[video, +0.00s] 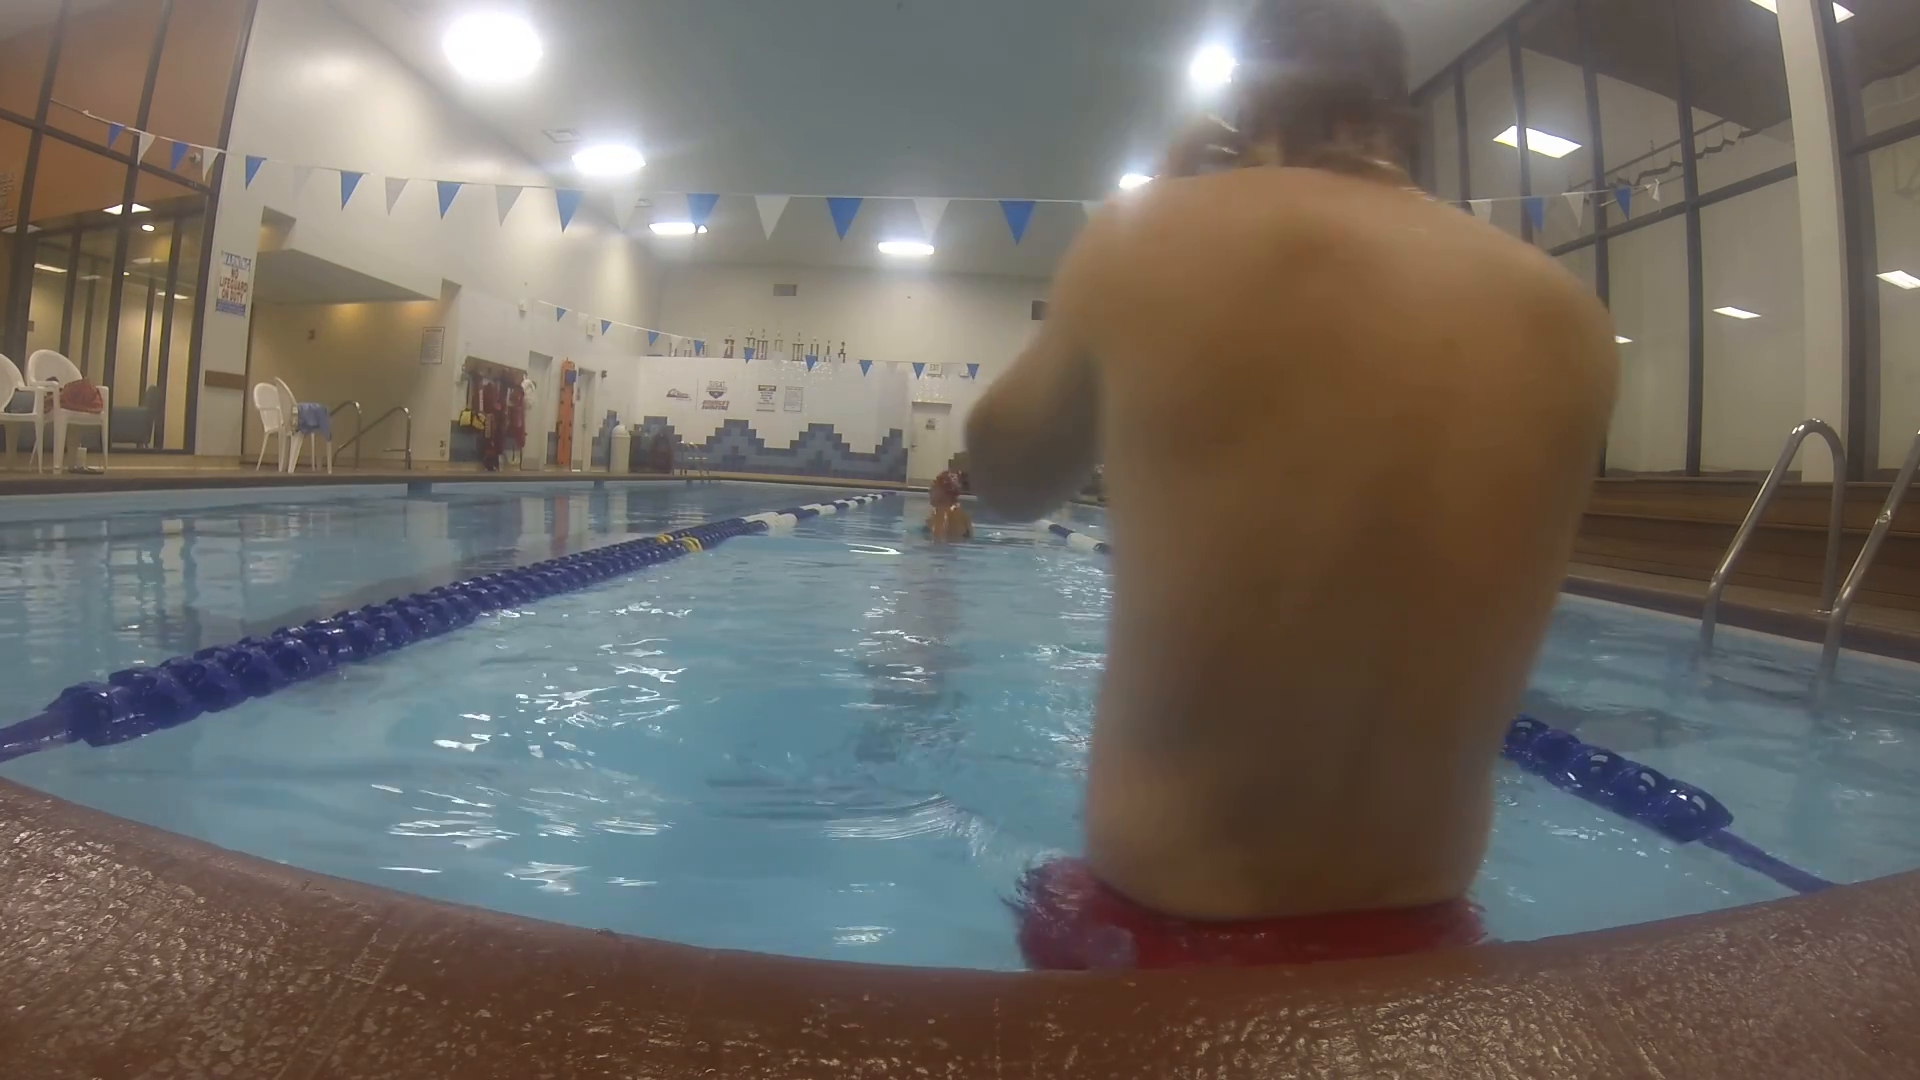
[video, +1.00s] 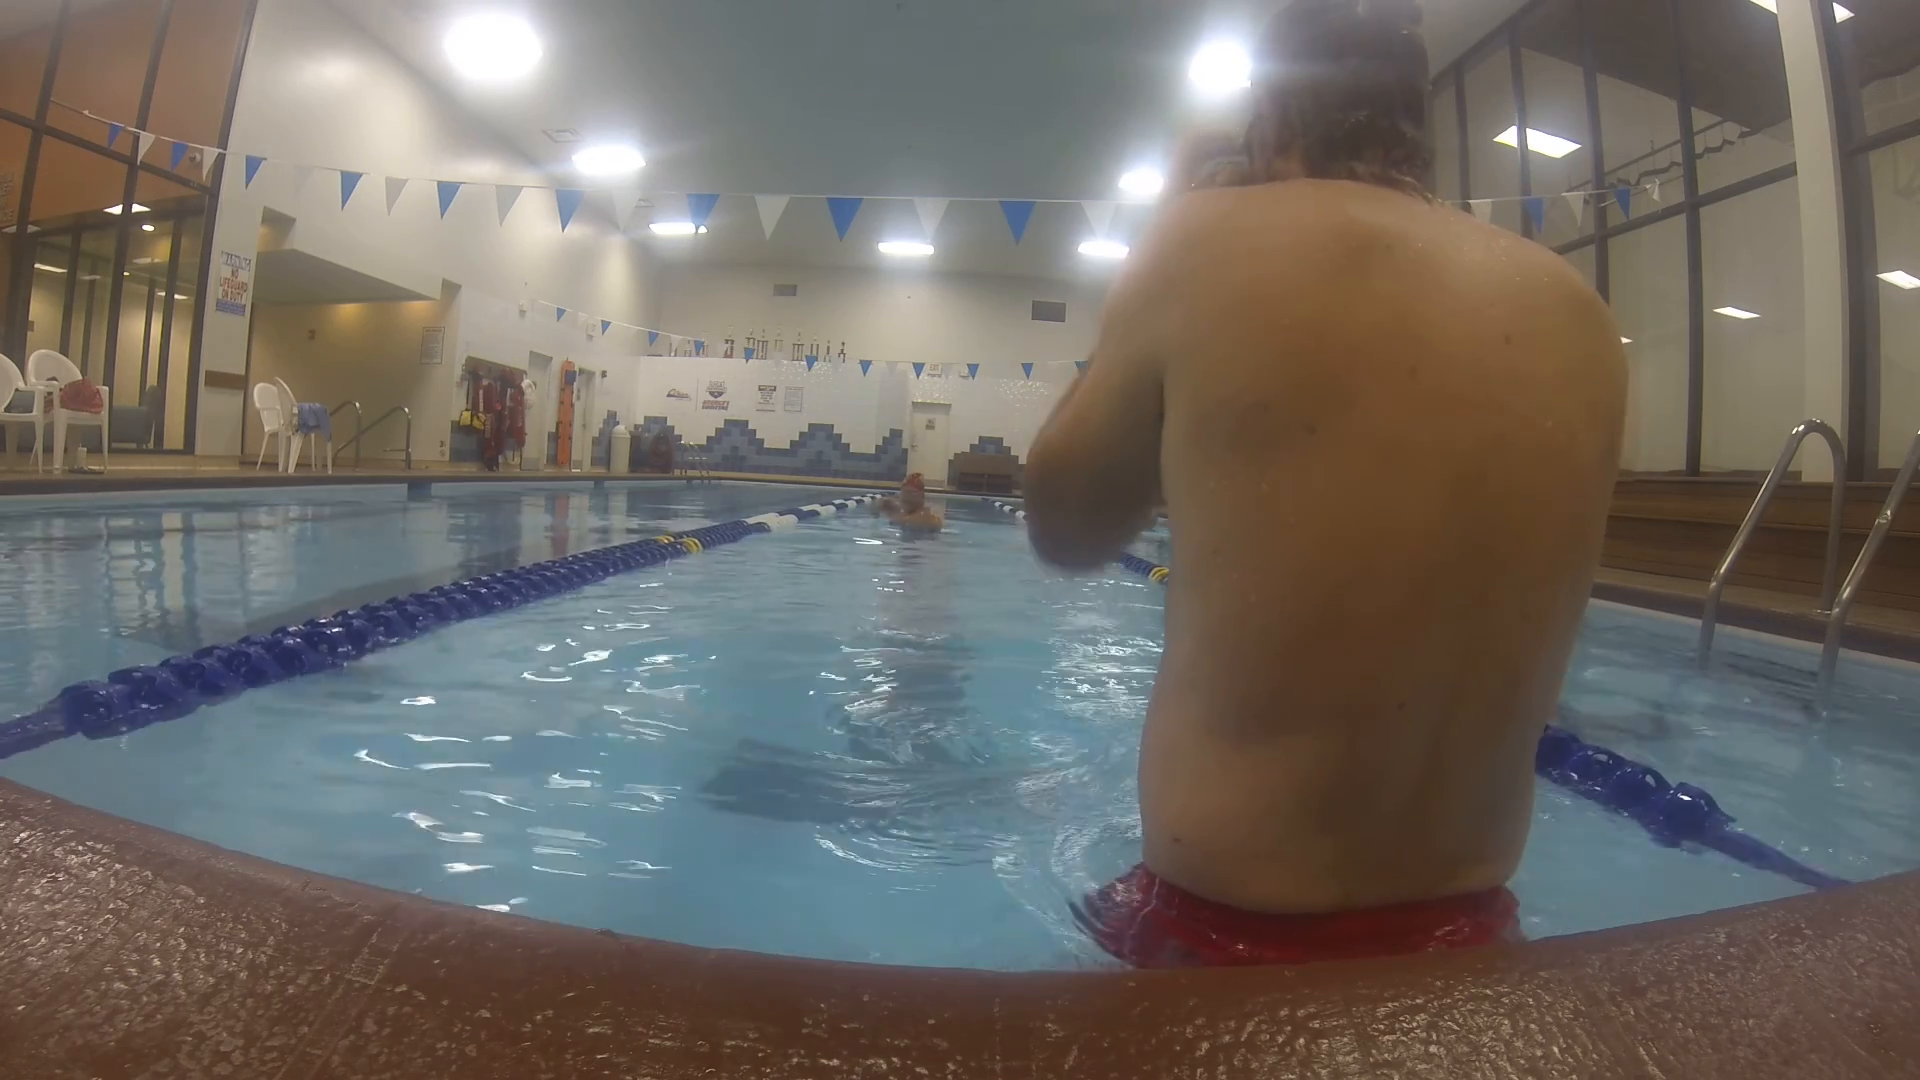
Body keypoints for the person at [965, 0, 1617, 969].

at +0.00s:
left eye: (1231, 95)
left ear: (1238, 106)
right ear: (1406, 120)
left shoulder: (1149, 239)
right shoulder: (1567, 316)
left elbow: (1004, 479)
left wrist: (1161, 202)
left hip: (1145, 948)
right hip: (1418, 955)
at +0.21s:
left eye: (1260, 105)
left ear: (1271, 112)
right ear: (1437, 124)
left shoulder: (1219, 228)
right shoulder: (1595, 312)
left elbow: (1043, 478)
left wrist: (1191, 213)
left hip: (1187, 949)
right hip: (1453, 950)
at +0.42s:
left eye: (1253, 94)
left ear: (1272, 102)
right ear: (1439, 119)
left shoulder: (1215, 232)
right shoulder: (1594, 309)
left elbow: (1042, 471)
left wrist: (1172, 215)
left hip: (1202, 942)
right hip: (1458, 942)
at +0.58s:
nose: (1221, 123)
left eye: (1233, 100)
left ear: (1259, 106)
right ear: (1420, 119)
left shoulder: (1206, 242)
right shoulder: (1587, 310)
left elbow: (1047, 496)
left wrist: (1168, 210)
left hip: (1213, 943)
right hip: (1466, 941)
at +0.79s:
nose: (1229, 136)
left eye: (1240, 115)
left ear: (1266, 125)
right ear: (1417, 136)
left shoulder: (1207, 249)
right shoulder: (1578, 311)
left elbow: (1056, 513)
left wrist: (1170, 226)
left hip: (1217, 947)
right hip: (1469, 943)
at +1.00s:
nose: (1237, 133)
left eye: (1247, 115)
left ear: (1269, 123)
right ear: (1417, 133)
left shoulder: (1205, 242)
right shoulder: (1576, 307)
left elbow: (1068, 527)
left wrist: (1180, 215)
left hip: (1209, 944)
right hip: (1469, 941)